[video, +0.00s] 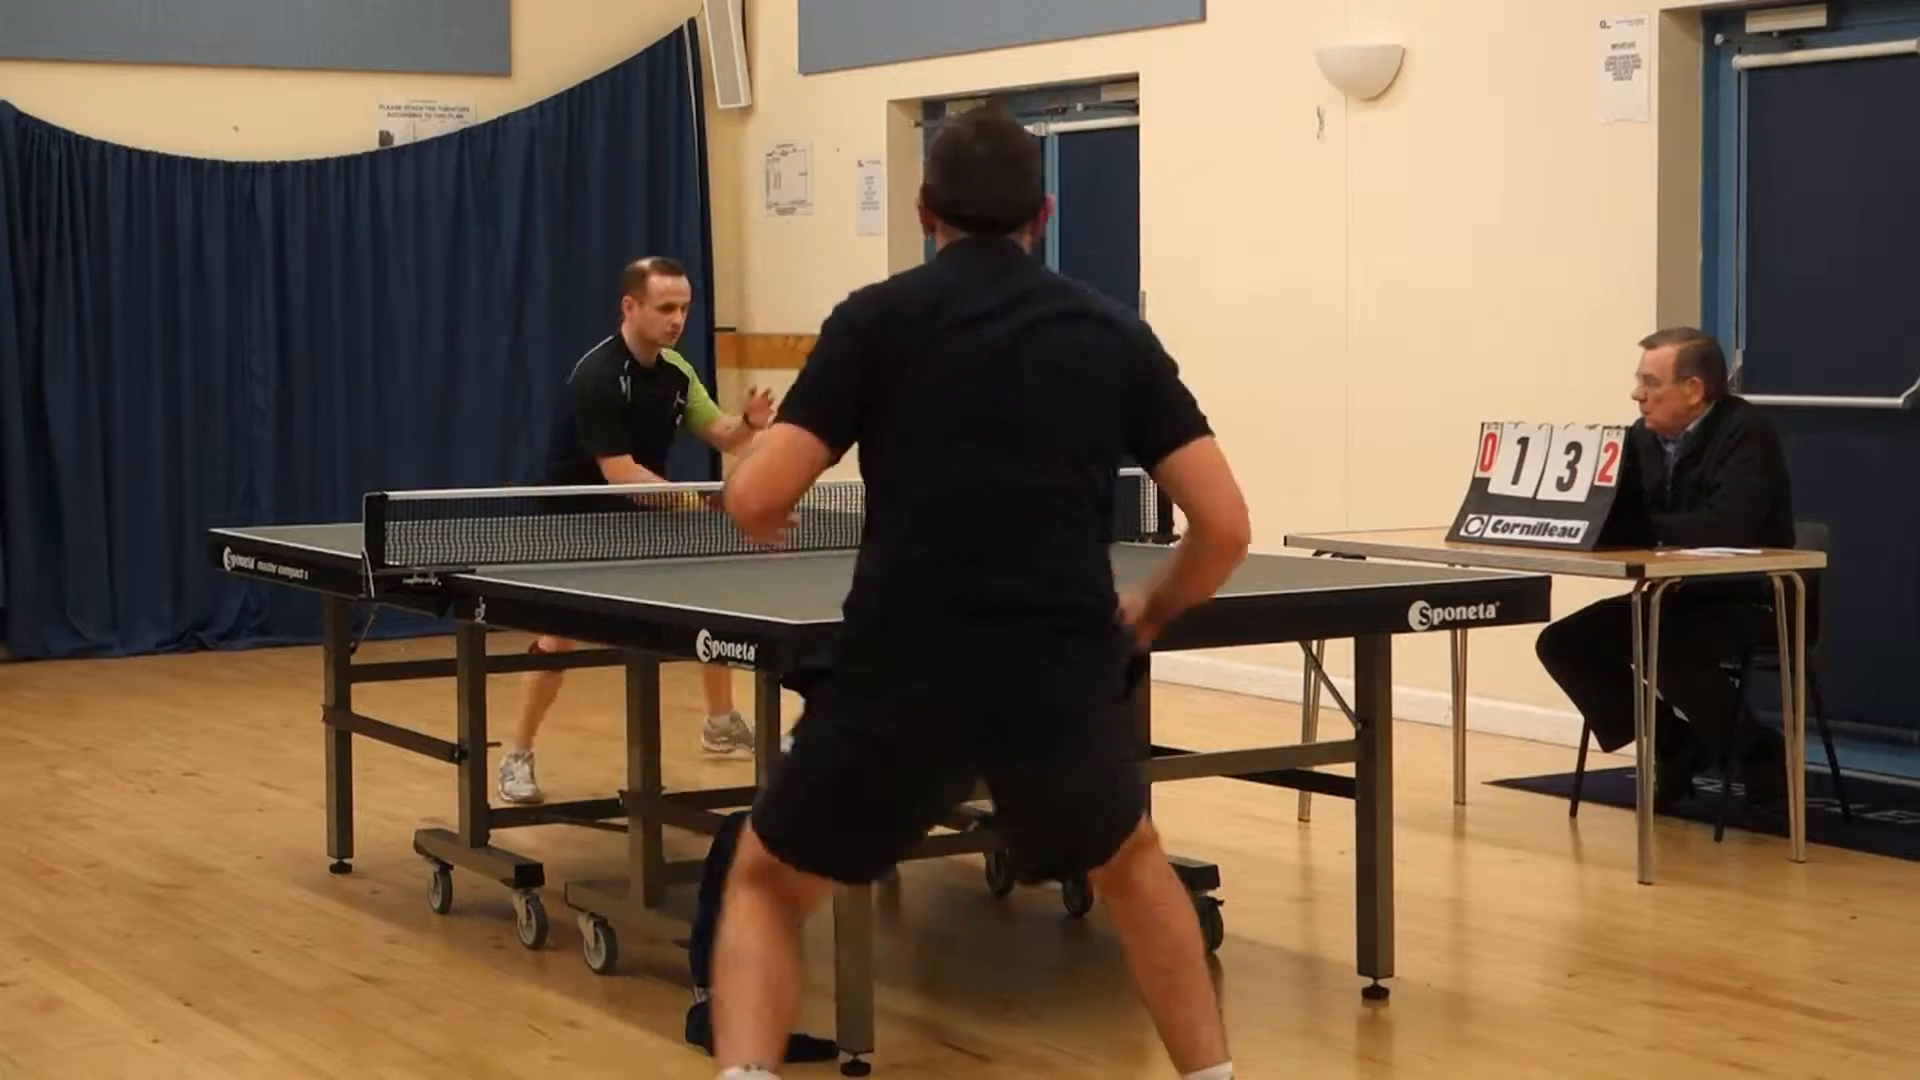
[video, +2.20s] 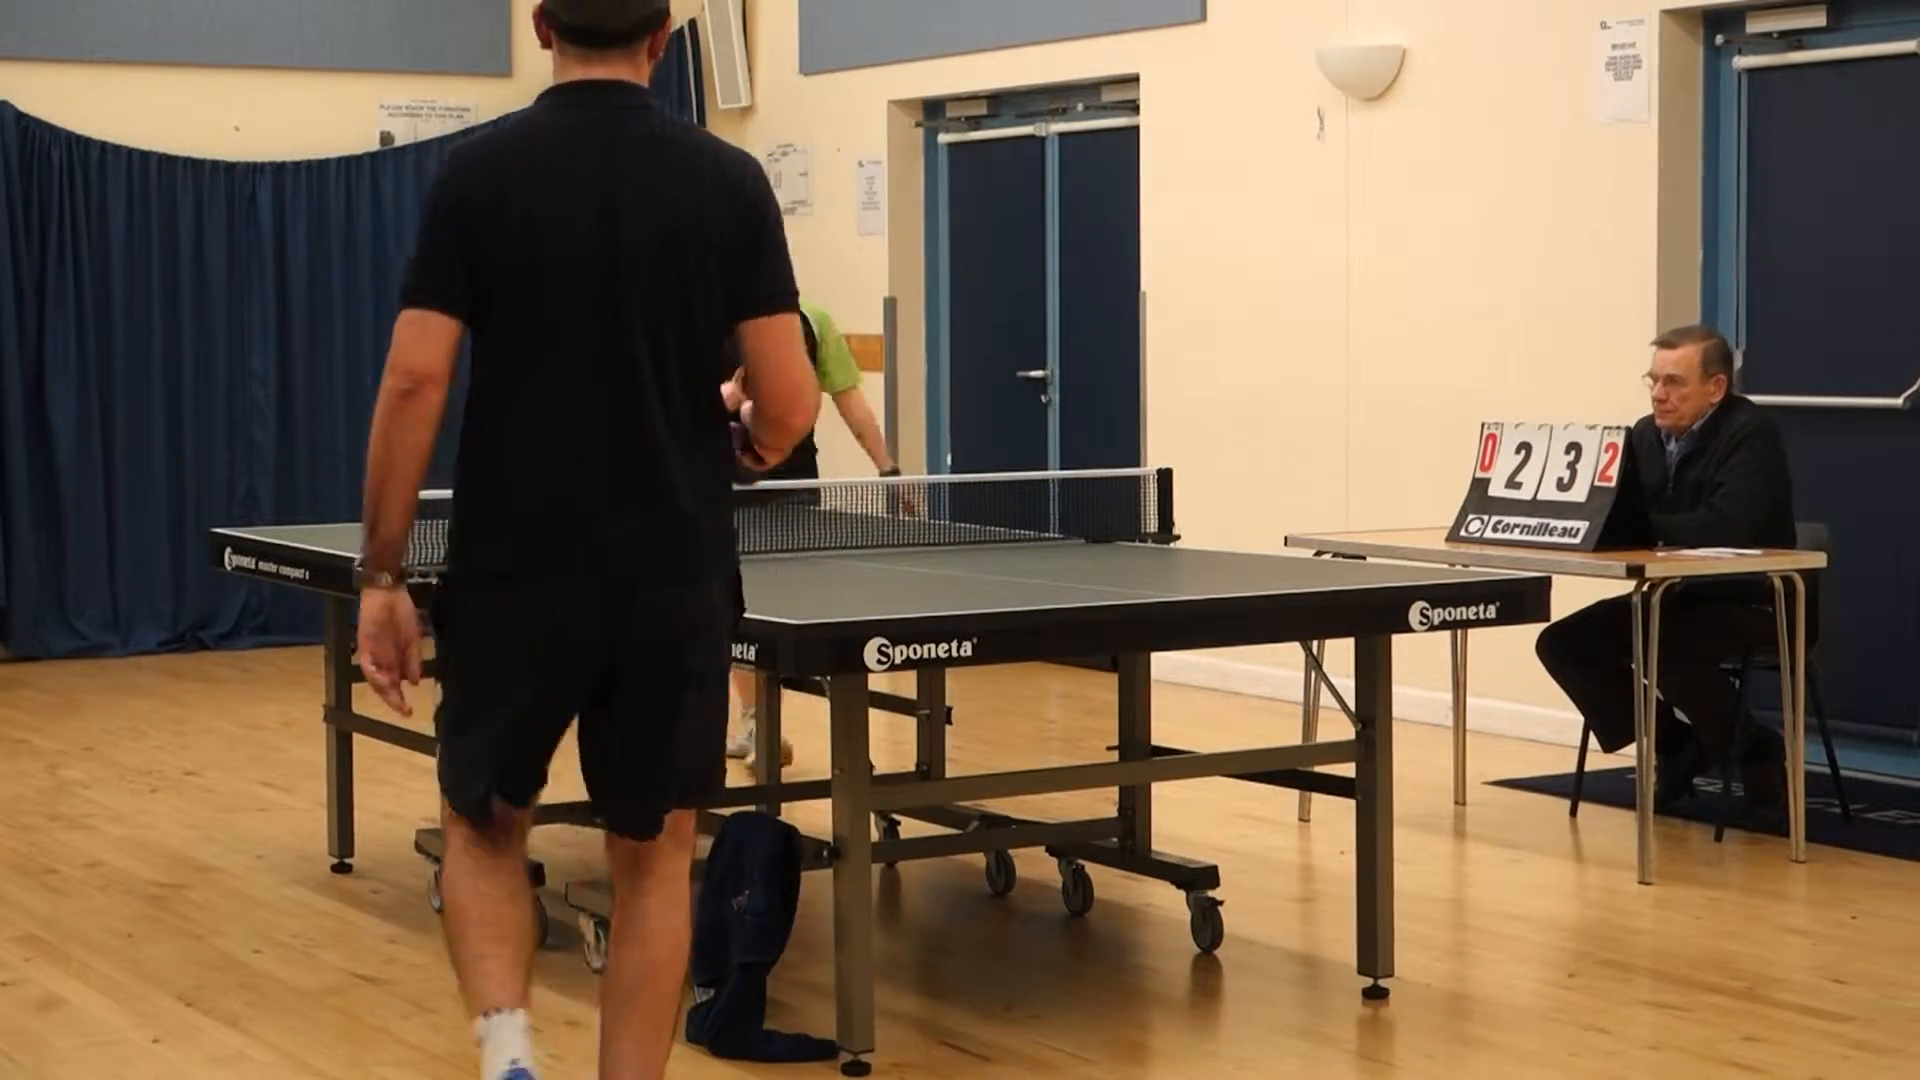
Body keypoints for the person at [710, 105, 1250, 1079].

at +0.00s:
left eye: (923, 201)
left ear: (925, 213)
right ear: (1041, 216)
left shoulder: (874, 323)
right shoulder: (1107, 331)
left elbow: (755, 509)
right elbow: (1223, 528)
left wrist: (752, 454)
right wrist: (1150, 610)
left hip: (904, 671)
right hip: (1063, 675)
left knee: (768, 880)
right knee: (1133, 865)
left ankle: (746, 1074)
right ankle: (1213, 1073)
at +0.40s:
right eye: (1025, 48)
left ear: (893, 64)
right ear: (1023, 57)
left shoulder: (831, 203)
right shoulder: (1109, 180)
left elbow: (733, 439)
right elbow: (1193, 406)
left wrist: (804, 503)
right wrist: (1228, 532)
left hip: (905, 622)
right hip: (1090, 610)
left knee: (878, 969)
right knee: (1183, 869)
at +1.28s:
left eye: (861, 16)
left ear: (865, 12)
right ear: (995, 6)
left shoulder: (819, 163)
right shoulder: (1115, 143)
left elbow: (789, 432)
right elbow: (1200, 400)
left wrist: (814, 500)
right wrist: (1077, 441)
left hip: (889, 643)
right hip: (1092, 637)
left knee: (789, 960)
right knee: (1123, 989)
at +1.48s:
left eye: (733, 12)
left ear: (737, 8)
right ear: (862, 3)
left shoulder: (689, 152)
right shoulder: (971, 137)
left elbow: (642, 409)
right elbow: (1066, 379)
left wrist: (714, 486)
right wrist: (952, 446)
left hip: (748, 609)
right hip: (934, 604)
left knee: (716, 941)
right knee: (996, 935)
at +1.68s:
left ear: (656, 5)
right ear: (768, 2)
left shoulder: (593, 135)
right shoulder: (871, 124)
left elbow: (515, 393)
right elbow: (955, 363)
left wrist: (585, 454)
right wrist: (863, 428)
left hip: (669, 571)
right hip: (840, 567)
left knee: (687, 914)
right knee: (831, 876)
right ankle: (820, 1078)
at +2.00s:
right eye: (705, 22)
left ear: (575, 28)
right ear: (702, 27)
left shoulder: (519, 168)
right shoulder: (775, 173)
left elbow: (455, 408)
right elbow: (844, 398)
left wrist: (459, 560)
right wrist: (805, 468)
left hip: (573, 576)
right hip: (722, 575)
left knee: (585, 892)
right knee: (670, 852)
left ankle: (643, 1079)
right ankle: (645, 1068)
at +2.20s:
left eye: (536, 20)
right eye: (658, 26)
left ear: (538, 29)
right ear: (663, 35)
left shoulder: (474, 170)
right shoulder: (727, 179)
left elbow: (414, 379)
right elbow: (789, 404)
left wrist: (383, 574)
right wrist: (759, 436)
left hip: (515, 570)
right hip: (673, 575)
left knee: (487, 823)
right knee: (656, 847)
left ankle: (506, 1054)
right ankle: (634, 1072)